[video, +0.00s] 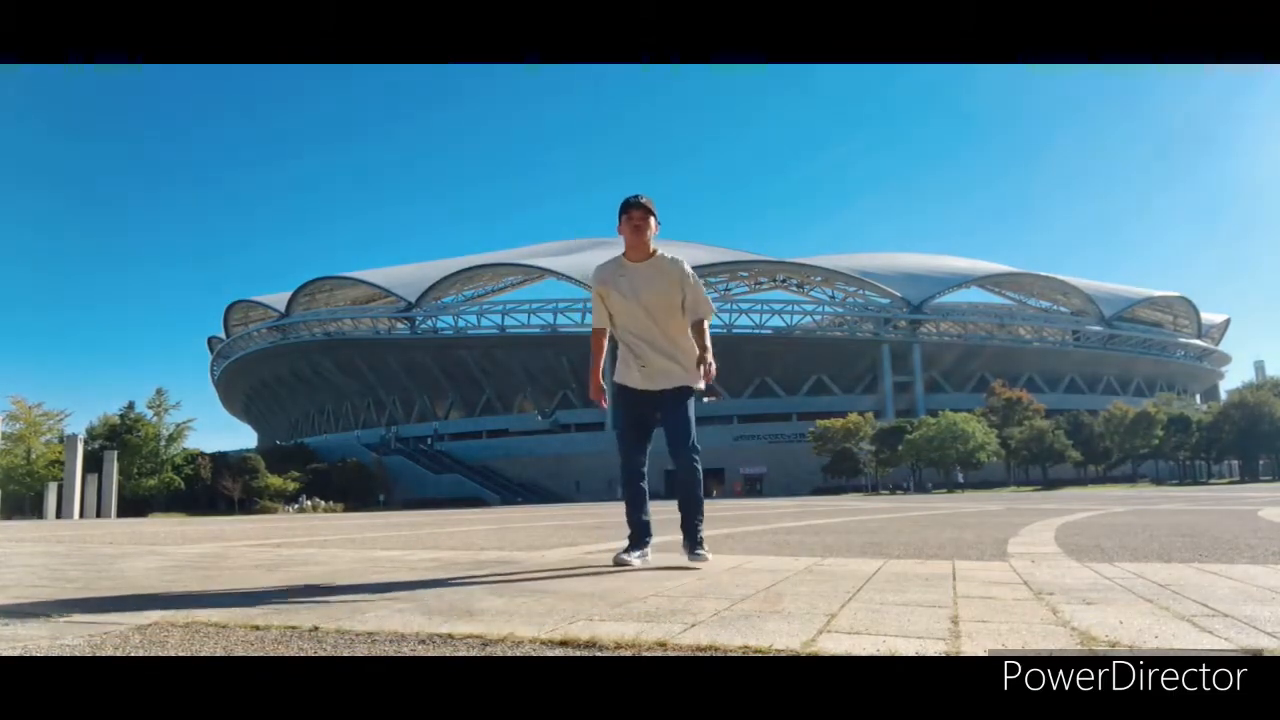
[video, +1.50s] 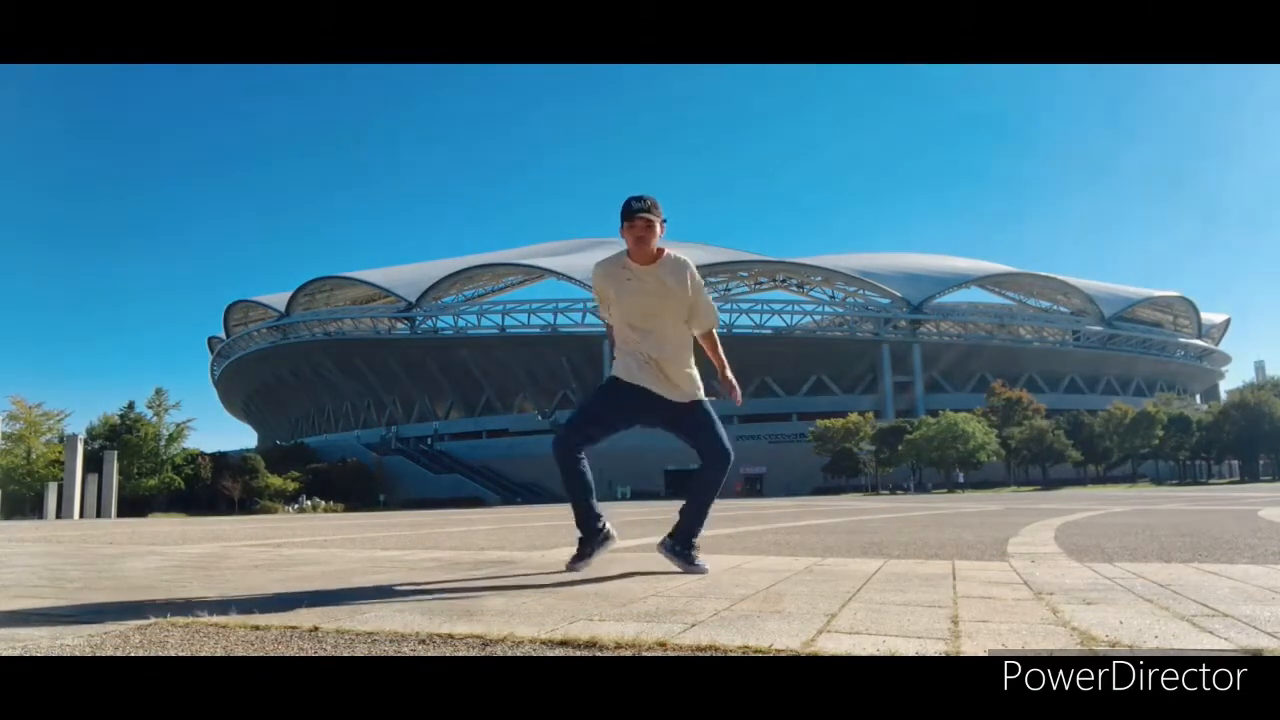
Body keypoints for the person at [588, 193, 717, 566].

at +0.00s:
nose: (637, 226)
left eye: (643, 220)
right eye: (631, 221)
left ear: (655, 226)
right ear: (620, 227)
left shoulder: (678, 270)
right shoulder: (605, 276)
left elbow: (699, 319)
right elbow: (600, 329)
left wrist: (706, 355)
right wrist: (595, 375)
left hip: (678, 380)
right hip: (629, 382)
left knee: (687, 457)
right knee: (632, 467)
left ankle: (694, 538)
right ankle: (638, 542)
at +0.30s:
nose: (671, 226)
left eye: (677, 219)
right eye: (664, 220)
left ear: (688, 225)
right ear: (652, 226)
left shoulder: (708, 269)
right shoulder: (635, 264)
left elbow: (711, 330)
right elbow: (611, 313)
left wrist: (711, 380)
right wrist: (610, 362)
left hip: (694, 379)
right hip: (646, 374)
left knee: (699, 467)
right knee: (623, 449)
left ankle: (695, 548)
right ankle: (642, 507)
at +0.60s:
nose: (684, 223)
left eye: (689, 217)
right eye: (676, 217)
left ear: (698, 223)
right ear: (662, 224)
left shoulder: (715, 269)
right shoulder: (644, 267)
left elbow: (719, 322)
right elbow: (616, 315)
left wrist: (710, 365)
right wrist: (618, 363)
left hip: (710, 381)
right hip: (665, 371)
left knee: (709, 466)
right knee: (639, 439)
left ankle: (692, 549)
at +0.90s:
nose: (682, 239)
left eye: (688, 233)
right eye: (674, 233)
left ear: (696, 239)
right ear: (661, 239)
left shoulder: (714, 283)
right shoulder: (639, 281)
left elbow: (745, 328)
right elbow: (606, 321)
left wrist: (754, 370)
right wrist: (608, 368)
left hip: (705, 379)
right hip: (659, 368)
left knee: (707, 467)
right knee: (681, 391)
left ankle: (685, 546)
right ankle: (742, 465)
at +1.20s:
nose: (672, 207)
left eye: (678, 201)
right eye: (665, 201)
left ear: (688, 207)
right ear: (652, 208)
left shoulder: (705, 252)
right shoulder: (634, 249)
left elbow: (731, 298)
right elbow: (611, 301)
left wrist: (753, 338)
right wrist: (601, 347)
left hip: (686, 357)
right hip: (643, 348)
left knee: (696, 454)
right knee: (635, 389)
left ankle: (695, 543)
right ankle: (632, 429)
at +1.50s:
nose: (641, 232)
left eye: (649, 225)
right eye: (634, 226)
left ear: (662, 230)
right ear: (623, 231)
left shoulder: (682, 271)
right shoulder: (605, 272)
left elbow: (704, 329)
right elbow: (612, 325)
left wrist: (725, 371)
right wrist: (625, 362)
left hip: (680, 391)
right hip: (627, 386)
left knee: (720, 455)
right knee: (567, 443)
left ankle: (681, 540)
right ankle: (593, 531)